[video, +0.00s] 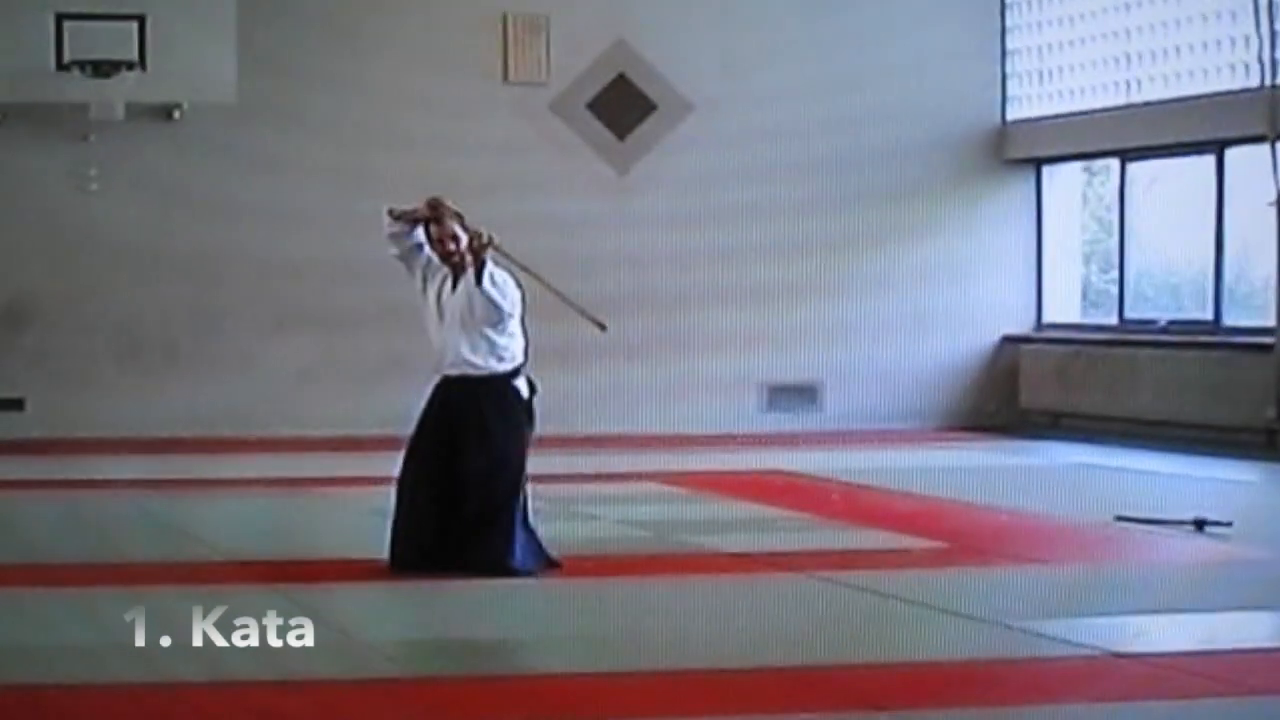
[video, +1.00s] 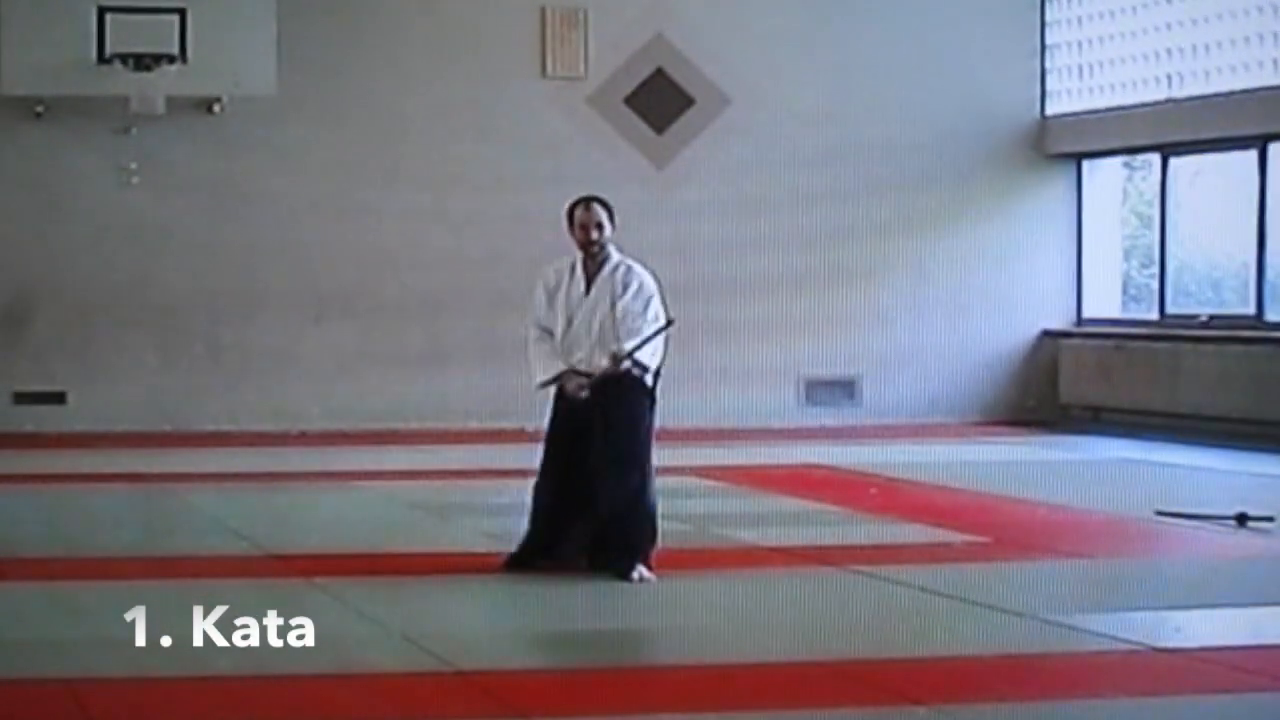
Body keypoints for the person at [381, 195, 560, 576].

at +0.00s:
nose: (447, 248)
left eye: (453, 238)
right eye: (439, 242)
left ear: (466, 237)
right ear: (431, 246)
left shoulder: (495, 278)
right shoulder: (434, 277)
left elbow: (501, 310)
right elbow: (404, 244)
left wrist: (480, 267)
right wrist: (413, 220)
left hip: (497, 387)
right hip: (452, 384)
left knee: (491, 475)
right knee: (424, 470)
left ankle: (494, 556)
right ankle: (424, 554)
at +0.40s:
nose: (474, 243)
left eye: (479, 233)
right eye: (464, 238)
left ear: (494, 234)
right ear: (456, 246)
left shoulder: (523, 279)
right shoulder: (453, 287)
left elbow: (537, 339)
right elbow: (411, 281)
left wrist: (510, 297)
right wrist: (375, 255)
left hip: (531, 388)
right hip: (482, 387)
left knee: (538, 470)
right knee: (451, 466)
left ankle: (545, 551)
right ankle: (442, 551)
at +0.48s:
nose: (484, 242)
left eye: (489, 234)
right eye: (474, 237)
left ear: (502, 236)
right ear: (466, 245)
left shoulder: (529, 281)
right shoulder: (462, 287)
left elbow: (543, 297)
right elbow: (421, 298)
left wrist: (508, 285)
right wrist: (378, 279)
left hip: (537, 390)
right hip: (487, 389)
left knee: (558, 470)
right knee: (454, 470)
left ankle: (577, 549)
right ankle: (437, 554)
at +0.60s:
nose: (509, 245)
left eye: (515, 236)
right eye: (499, 239)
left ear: (528, 238)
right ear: (490, 246)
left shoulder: (556, 289)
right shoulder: (481, 290)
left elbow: (572, 351)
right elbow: (457, 335)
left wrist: (545, 338)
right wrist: (410, 330)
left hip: (553, 395)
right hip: (503, 393)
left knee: (574, 476)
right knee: (471, 470)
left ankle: (602, 551)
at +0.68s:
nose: (524, 247)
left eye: (530, 238)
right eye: (515, 241)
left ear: (544, 241)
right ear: (506, 247)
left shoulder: (571, 289)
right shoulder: (499, 289)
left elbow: (583, 346)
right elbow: (479, 343)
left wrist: (556, 346)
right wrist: (434, 352)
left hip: (566, 398)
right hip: (516, 395)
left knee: (583, 480)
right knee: (483, 470)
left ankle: (604, 555)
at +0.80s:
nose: (555, 246)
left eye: (561, 238)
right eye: (546, 239)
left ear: (574, 241)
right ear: (536, 245)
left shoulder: (600, 288)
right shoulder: (530, 288)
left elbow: (617, 353)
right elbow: (520, 349)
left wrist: (585, 369)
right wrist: (493, 383)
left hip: (600, 399)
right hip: (547, 395)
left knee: (610, 479)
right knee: (509, 472)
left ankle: (617, 557)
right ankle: (478, 559)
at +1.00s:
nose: (592, 235)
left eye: (599, 227)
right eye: (584, 228)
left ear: (611, 230)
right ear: (572, 233)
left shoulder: (633, 279)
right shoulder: (555, 279)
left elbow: (647, 338)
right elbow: (538, 335)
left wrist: (616, 368)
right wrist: (561, 373)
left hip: (621, 385)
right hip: (573, 384)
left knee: (623, 471)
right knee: (558, 468)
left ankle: (626, 557)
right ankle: (541, 551)